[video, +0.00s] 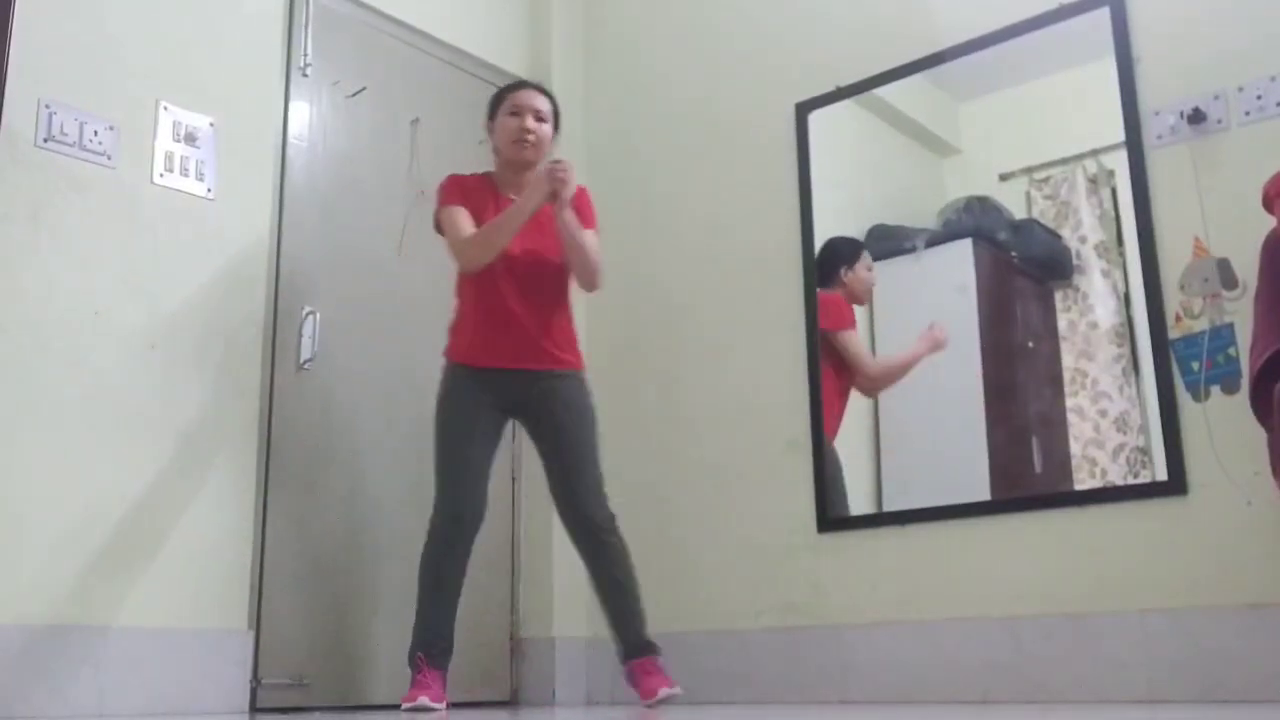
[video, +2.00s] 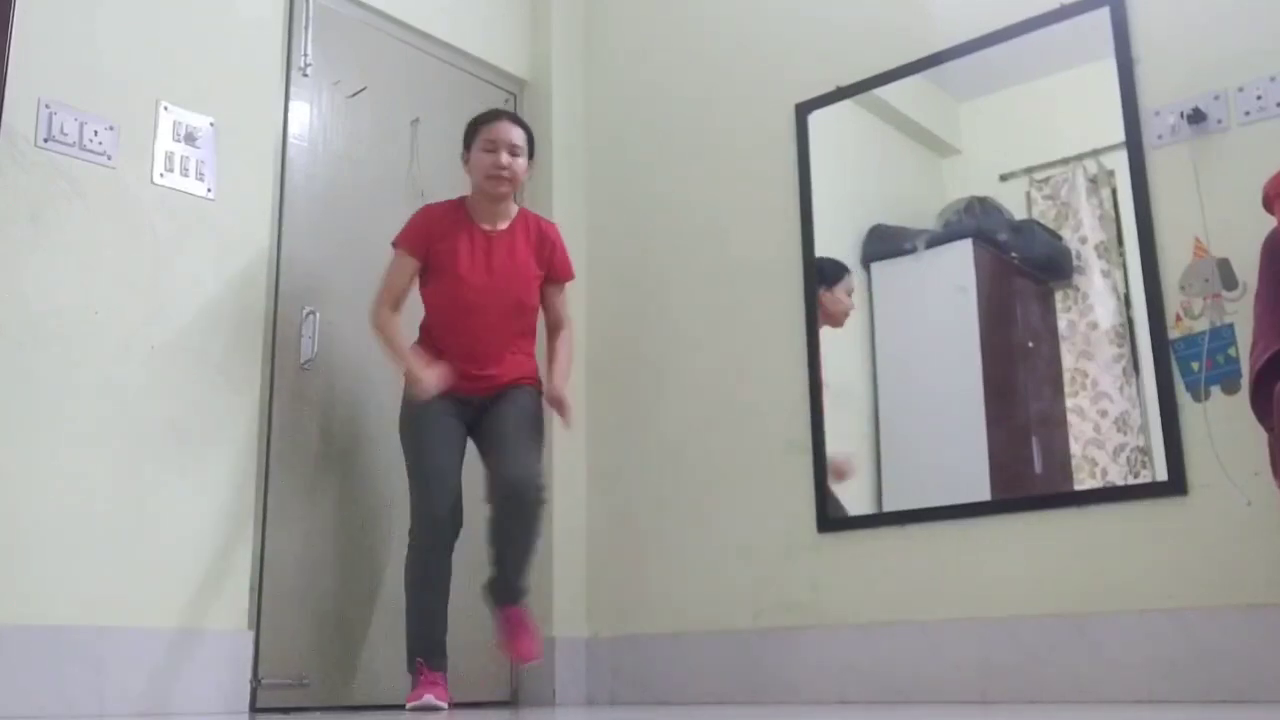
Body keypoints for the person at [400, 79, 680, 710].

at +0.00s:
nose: (528, 124)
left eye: (540, 117)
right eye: (515, 114)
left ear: (554, 137)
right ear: (491, 128)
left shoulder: (572, 198)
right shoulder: (461, 190)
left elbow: (590, 277)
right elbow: (469, 255)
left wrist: (559, 203)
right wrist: (533, 195)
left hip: (554, 376)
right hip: (475, 375)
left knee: (590, 517)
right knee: (457, 514)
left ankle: (641, 660)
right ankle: (428, 672)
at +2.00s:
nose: (503, 160)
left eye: (514, 151)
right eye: (490, 149)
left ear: (529, 167)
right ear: (467, 160)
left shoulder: (542, 237)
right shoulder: (432, 223)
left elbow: (559, 324)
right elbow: (384, 310)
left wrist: (557, 379)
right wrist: (411, 364)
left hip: (512, 388)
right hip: (437, 385)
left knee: (521, 484)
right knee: (436, 518)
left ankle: (507, 598)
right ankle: (428, 673)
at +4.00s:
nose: (471, 163)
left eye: (484, 151)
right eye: (464, 152)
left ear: (521, 154)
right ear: (460, 155)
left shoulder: (553, 226)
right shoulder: (442, 209)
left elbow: (583, 301)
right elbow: (362, 260)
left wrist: (590, 385)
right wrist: (363, 349)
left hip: (518, 384)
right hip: (443, 380)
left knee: (492, 506)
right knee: (441, 514)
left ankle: (474, 649)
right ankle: (439, 666)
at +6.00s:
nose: (532, 172)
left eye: (546, 160)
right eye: (525, 162)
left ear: (579, 164)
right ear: (519, 167)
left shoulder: (600, 219)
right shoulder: (509, 220)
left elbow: (550, 266)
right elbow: (435, 249)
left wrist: (454, 262)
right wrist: (479, 275)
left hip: (566, 387)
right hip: (491, 384)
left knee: (603, 526)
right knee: (463, 527)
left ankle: (665, 664)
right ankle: (437, 674)